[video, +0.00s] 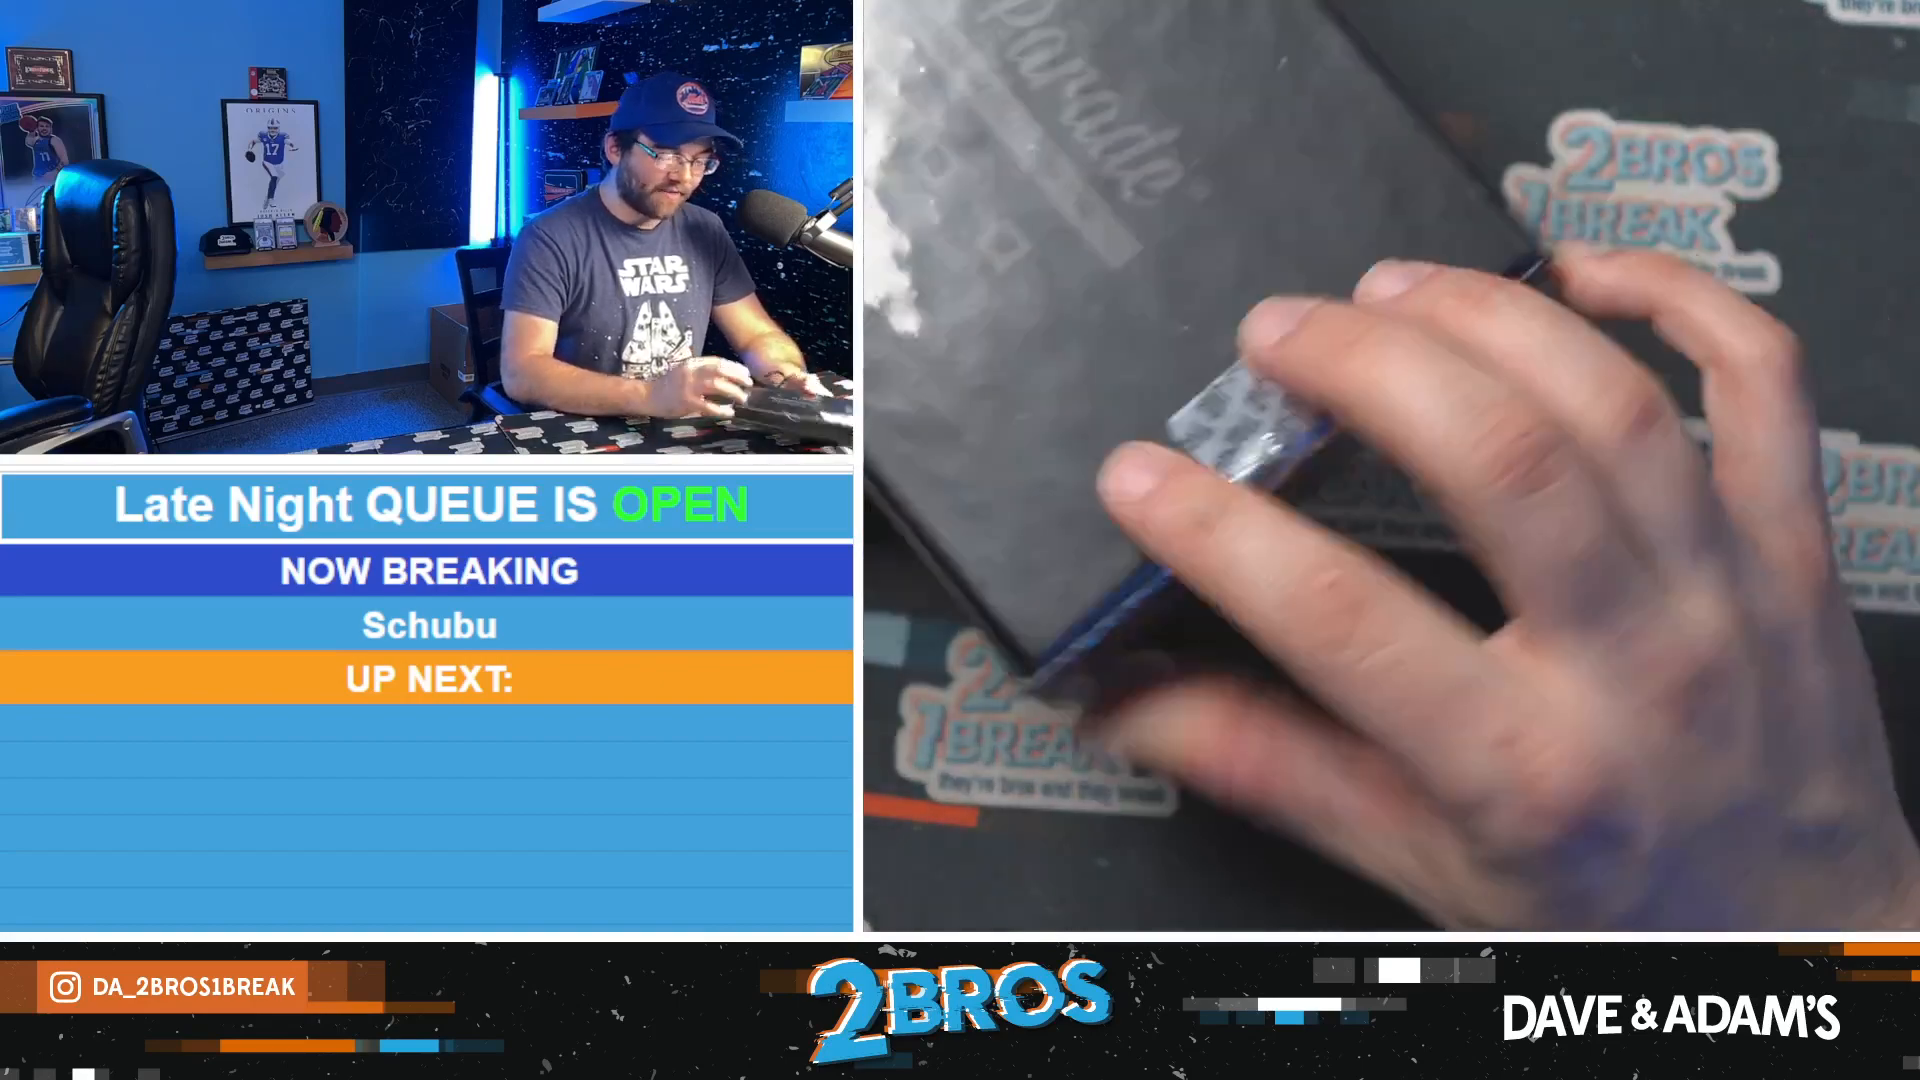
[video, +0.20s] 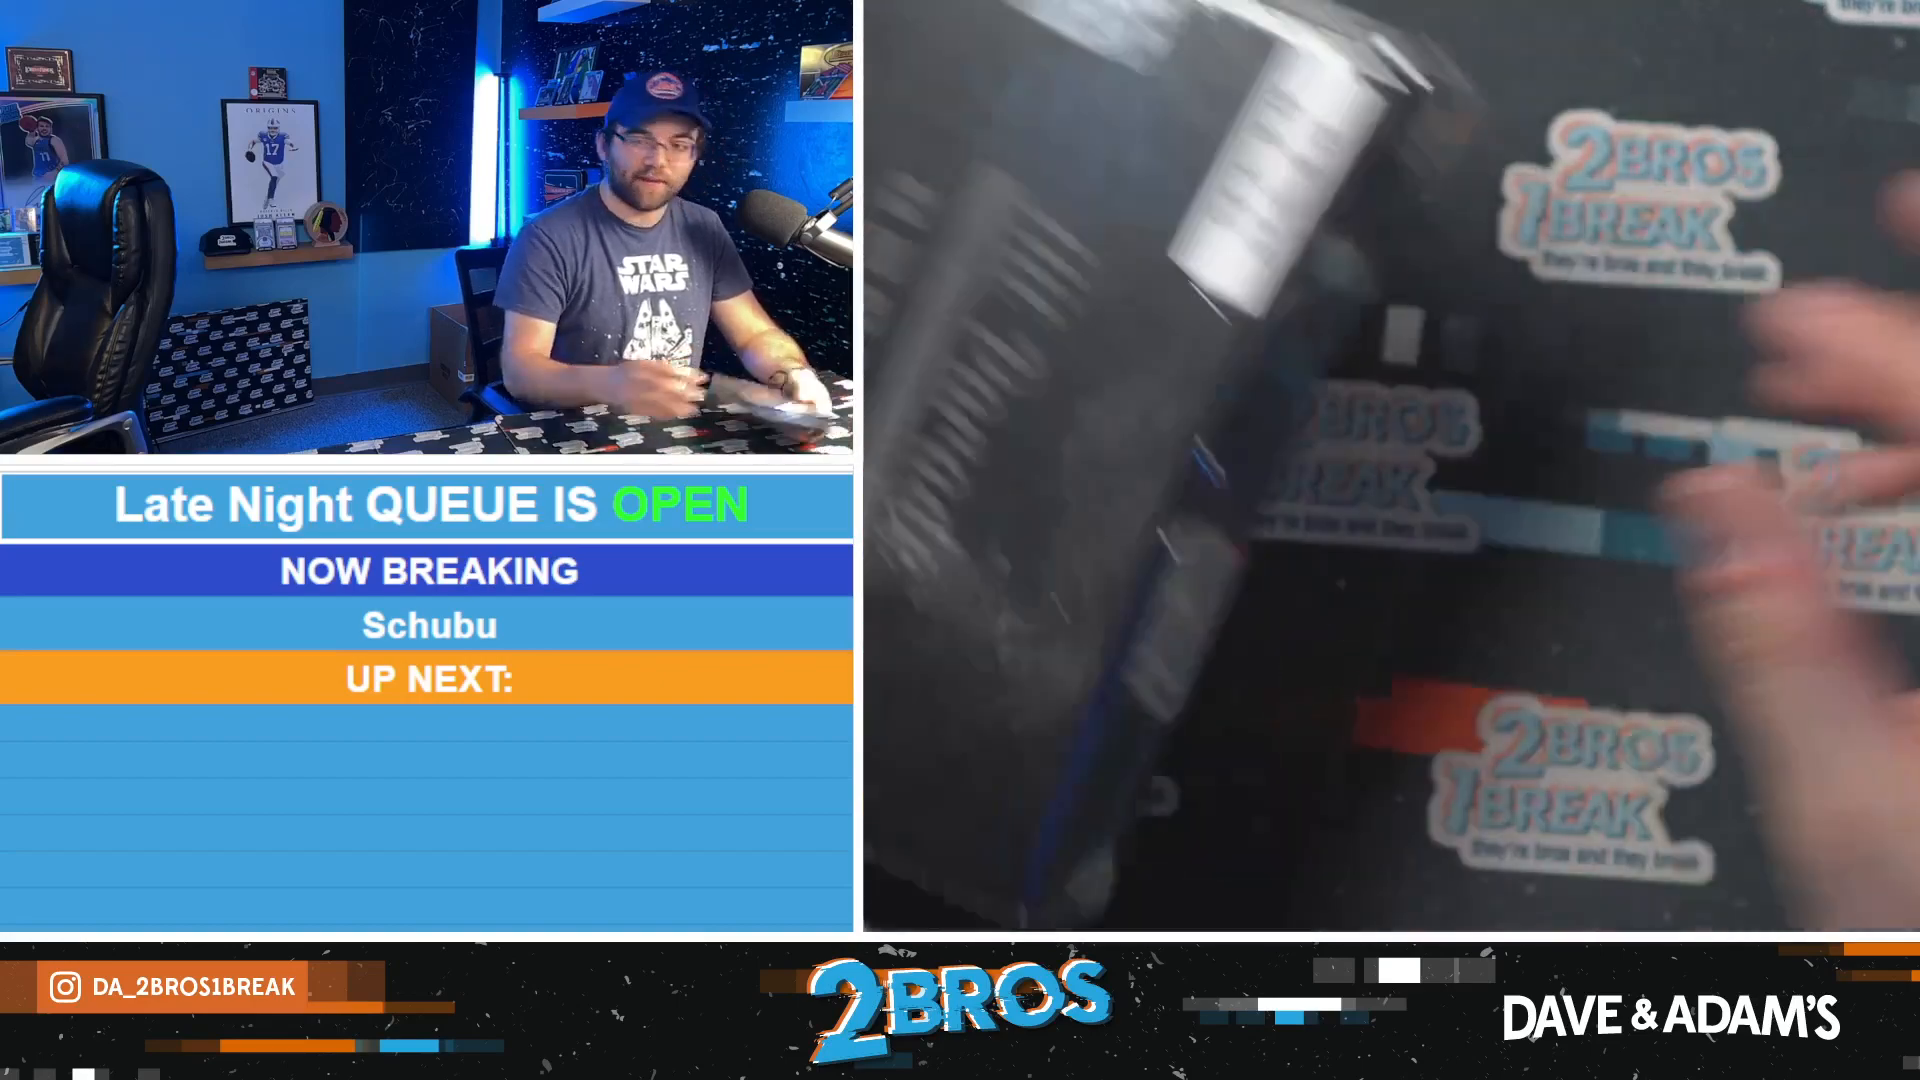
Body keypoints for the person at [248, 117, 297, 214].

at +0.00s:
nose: (273, 130)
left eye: (275, 128)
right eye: (271, 128)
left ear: (278, 128)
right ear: (268, 128)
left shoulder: (283, 136)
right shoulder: (263, 136)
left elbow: (290, 143)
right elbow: (253, 141)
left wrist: (292, 147)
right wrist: (250, 149)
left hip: (279, 164)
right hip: (267, 162)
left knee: (275, 182)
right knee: (274, 176)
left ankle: (267, 200)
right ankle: (270, 199)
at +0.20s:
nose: (273, 130)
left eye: (275, 128)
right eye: (271, 128)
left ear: (278, 128)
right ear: (268, 128)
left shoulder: (283, 136)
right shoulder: (263, 136)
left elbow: (290, 143)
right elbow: (253, 141)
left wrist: (292, 147)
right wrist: (250, 149)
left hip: (279, 164)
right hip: (267, 162)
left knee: (275, 182)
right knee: (274, 176)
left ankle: (267, 200)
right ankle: (270, 199)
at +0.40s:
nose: (273, 130)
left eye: (275, 128)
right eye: (271, 128)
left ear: (278, 128)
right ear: (268, 128)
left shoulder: (283, 136)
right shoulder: (263, 136)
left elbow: (290, 143)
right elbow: (253, 141)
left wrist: (292, 147)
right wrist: (250, 149)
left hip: (279, 164)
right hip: (267, 162)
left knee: (275, 182)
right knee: (274, 176)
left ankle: (267, 200)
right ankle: (270, 199)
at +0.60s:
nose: (273, 130)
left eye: (275, 128)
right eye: (271, 128)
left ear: (278, 128)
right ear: (268, 128)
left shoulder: (283, 136)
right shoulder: (263, 136)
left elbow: (290, 143)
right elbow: (253, 141)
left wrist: (292, 147)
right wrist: (250, 149)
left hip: (279, 164)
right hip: (267, 162)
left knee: (275, 182)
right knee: (274, 176)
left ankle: (267, 200)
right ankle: (270, 199)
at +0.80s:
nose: (273, 130)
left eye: (275, 128)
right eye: (271, 128)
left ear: (278, 128)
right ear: (268, 128)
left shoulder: (283, 136)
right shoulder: (263, 136)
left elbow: (290, 142)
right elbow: (253, 141)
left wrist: (292, 147)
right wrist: (250, 148)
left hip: (279, 164)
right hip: (267, 162)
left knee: (275, 182)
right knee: (274, 176)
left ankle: (267, 200)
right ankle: (270, 199)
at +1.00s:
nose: (273, 130)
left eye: (275, 128)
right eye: (271, 128)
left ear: (278, 128)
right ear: (268, 128)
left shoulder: (282, 136)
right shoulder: (263, 136)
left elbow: (290, 143)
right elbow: (253, 141)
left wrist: (293, 147)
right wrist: (250, 149)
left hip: (279, 164)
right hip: (267, 162)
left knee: (275, 182)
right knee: (274, 176)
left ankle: (267, 200)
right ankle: (270, 199)